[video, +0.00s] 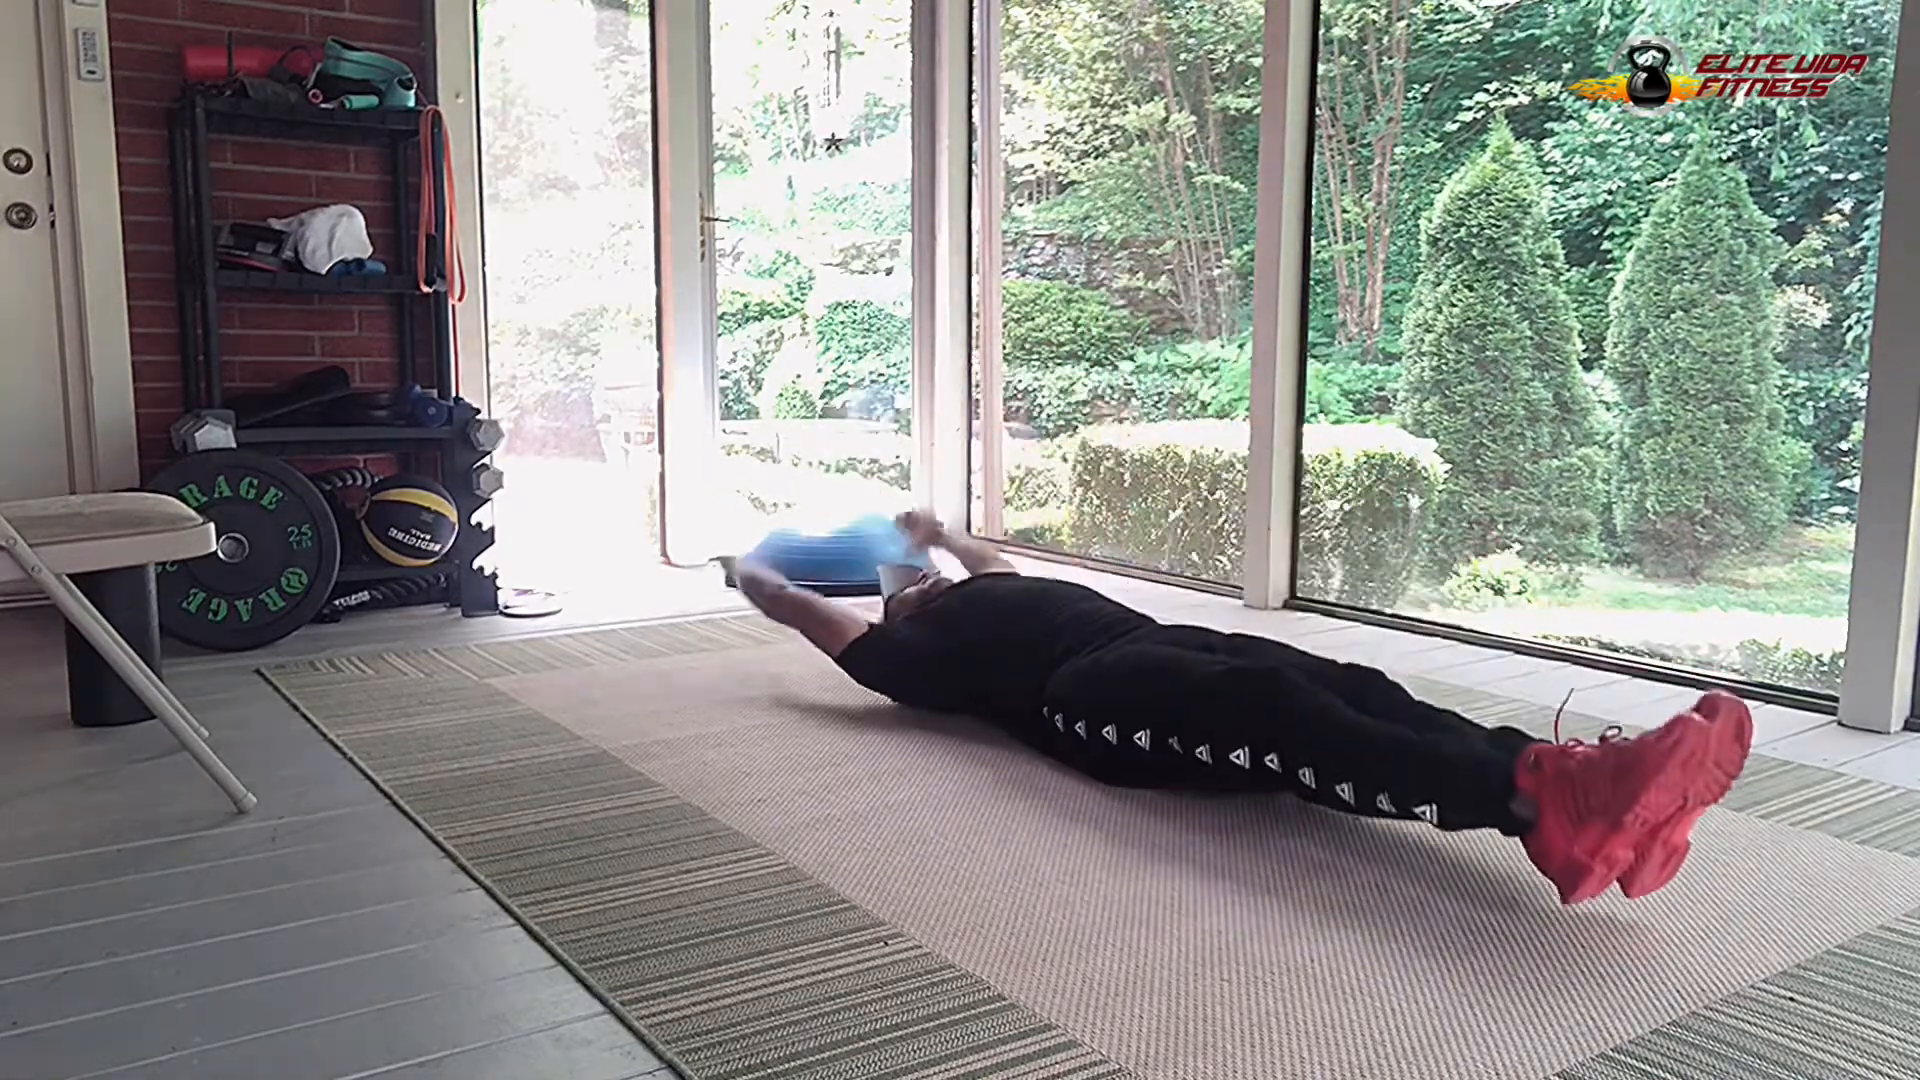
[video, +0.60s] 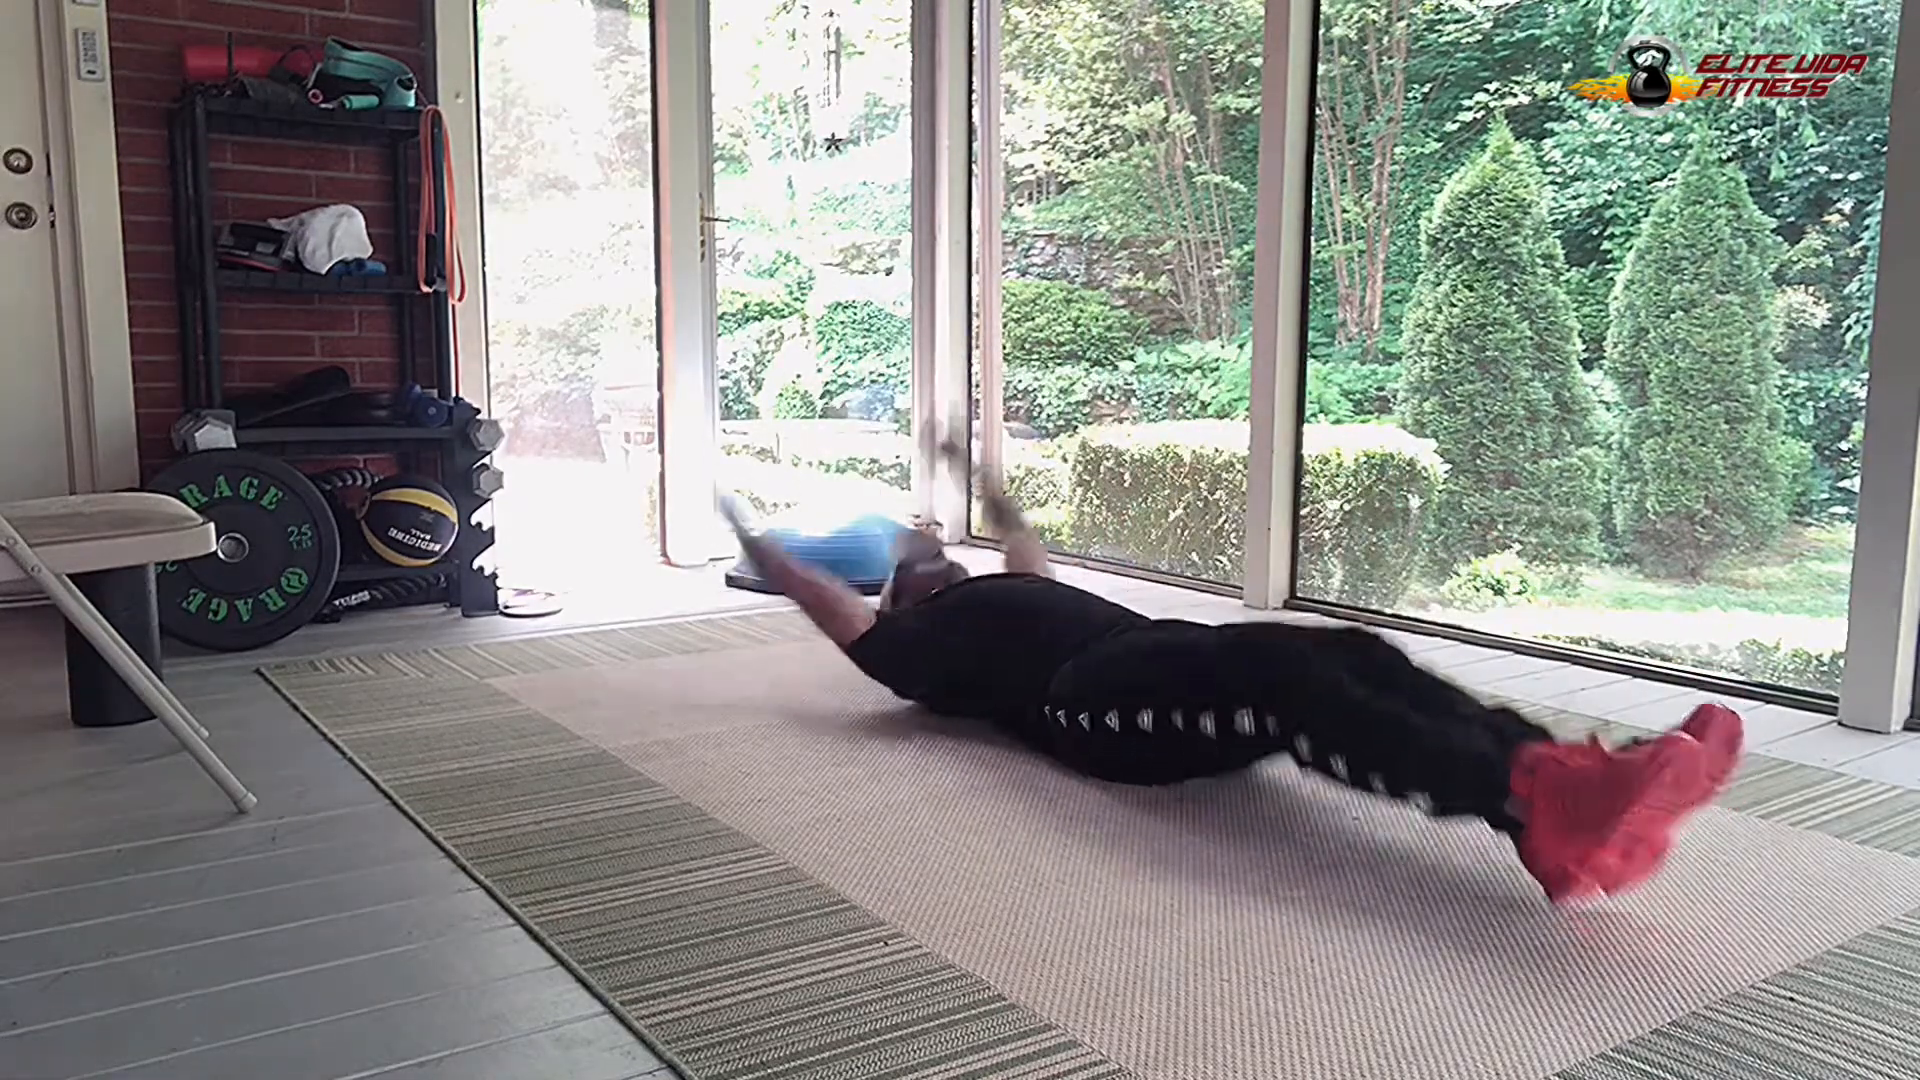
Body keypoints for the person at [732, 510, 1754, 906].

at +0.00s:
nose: (906, 570)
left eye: (911, 562)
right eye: (888, 578)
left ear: (935, 576)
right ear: (880, 610)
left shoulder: (993, 585)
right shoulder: (884, 642)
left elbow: (982, 546)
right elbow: (759, 578)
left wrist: (930, 534)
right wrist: (837, 573)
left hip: (1144, 642)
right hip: (1081, 684)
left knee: (1336, 677)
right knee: (1277, 703)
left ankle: (1581, 827)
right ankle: (1552, 789)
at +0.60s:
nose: (912, 554)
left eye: (915, 550)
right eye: (895, 560)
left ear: (939, 565)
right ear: (878, 594)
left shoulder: (996, 585)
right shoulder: (882, 626)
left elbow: (1043, 558)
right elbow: (771, 559)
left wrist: (967, 537)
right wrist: (773, 550)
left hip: (1136, 649)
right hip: (1067, 686)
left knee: (1352, 648)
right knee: (1290, 673)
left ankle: (1577, 788)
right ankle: (1539, 812)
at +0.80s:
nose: (982, 489)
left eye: (988, 479)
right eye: (963, 484)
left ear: (1007, 503)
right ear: (927, 521)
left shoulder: (1062, 557)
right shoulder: (926, 595)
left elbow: (1130, 454)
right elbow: (887, 557)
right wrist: (863, 463)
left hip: (1175, 691)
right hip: (1089, 713)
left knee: (1312, 536)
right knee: (1221, 552)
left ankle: (1494, 682)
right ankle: (1447, 703)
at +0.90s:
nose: (1025, 480)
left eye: (1026, 467)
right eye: (1007, 468)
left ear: (1027, 477)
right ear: (961, 481)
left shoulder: (1073, 542)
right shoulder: (942, 577)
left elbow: (1174, 485)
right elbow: (948, 508)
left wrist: (1265, 377)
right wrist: (982, 386)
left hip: (1179, 702)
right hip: (1094, 714)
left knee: (1274, 488)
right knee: (1174, 511)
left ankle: (1436, 635)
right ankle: (1376, 655)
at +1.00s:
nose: (1053, 469)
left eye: (1058, 455)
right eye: (1035, 458)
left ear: (1064, 459)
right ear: (990, 473)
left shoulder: (1103, 526)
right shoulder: (959, 544)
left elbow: (1217, 524)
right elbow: (982, 550)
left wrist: (1348, 438)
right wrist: (1081, 426)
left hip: (1188, 708)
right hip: (1095, 713)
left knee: (1226, 451)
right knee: (1144, 461)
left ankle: (1369, 588)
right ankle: (1318, 612)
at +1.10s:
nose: (1085, 455)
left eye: (1084, 440)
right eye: (1068, 446)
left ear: (1088, 442)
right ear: (1015, 458)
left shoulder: (1100, 503)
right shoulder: (974, 533)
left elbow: (1226, 520)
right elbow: (1048, 543)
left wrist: (1362, 511)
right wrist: (1160, 491)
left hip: (1195, 703)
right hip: (1099, 713)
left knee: (1171, 463)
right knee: (1176, 442)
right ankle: (1290, 597)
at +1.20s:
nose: (1090, 450)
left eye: (1084, 437)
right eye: (1077, 441)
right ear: (1021, 452)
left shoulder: (1088, 501)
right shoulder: (974, 531)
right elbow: (1051, 556)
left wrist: (1361, 535)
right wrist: (1176, 542)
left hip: (1188, 704)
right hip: (1098, 715)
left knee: (1182, 445)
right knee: (1123, 454)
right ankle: (1275, 593)